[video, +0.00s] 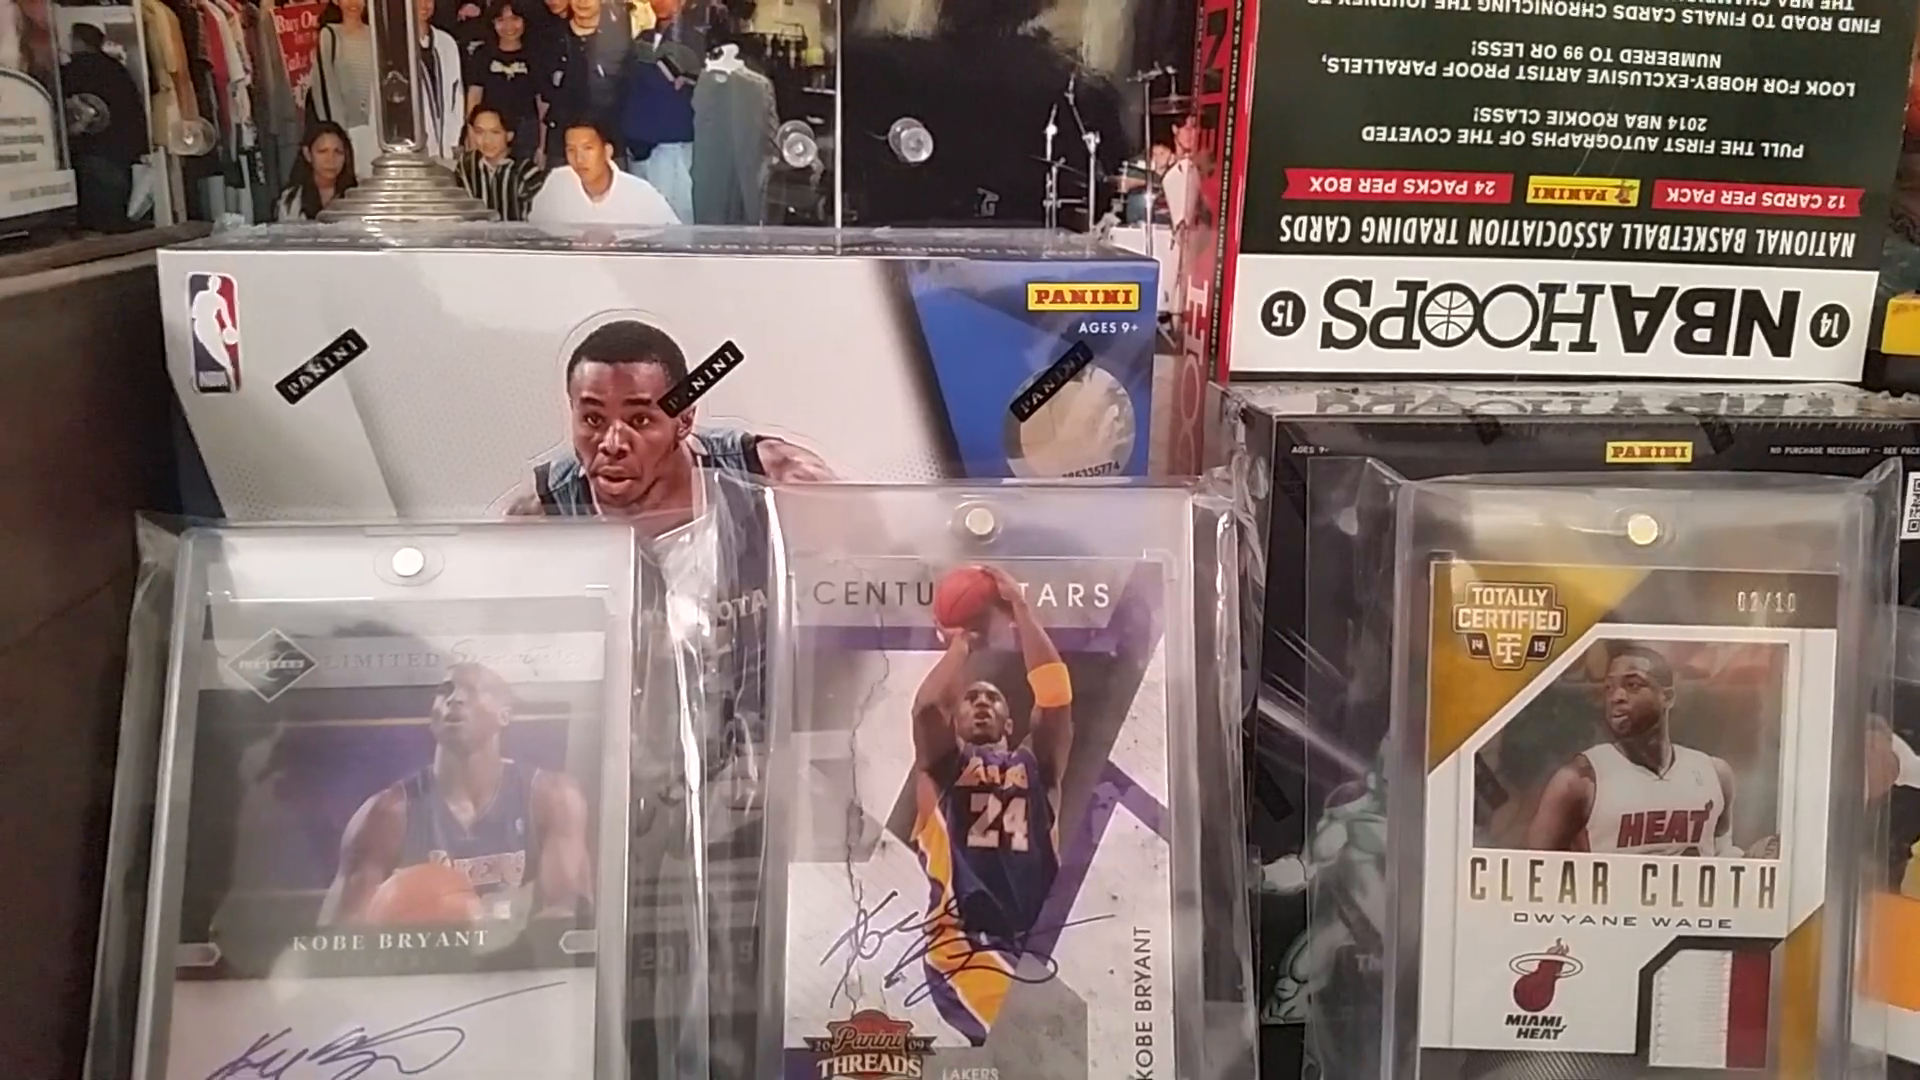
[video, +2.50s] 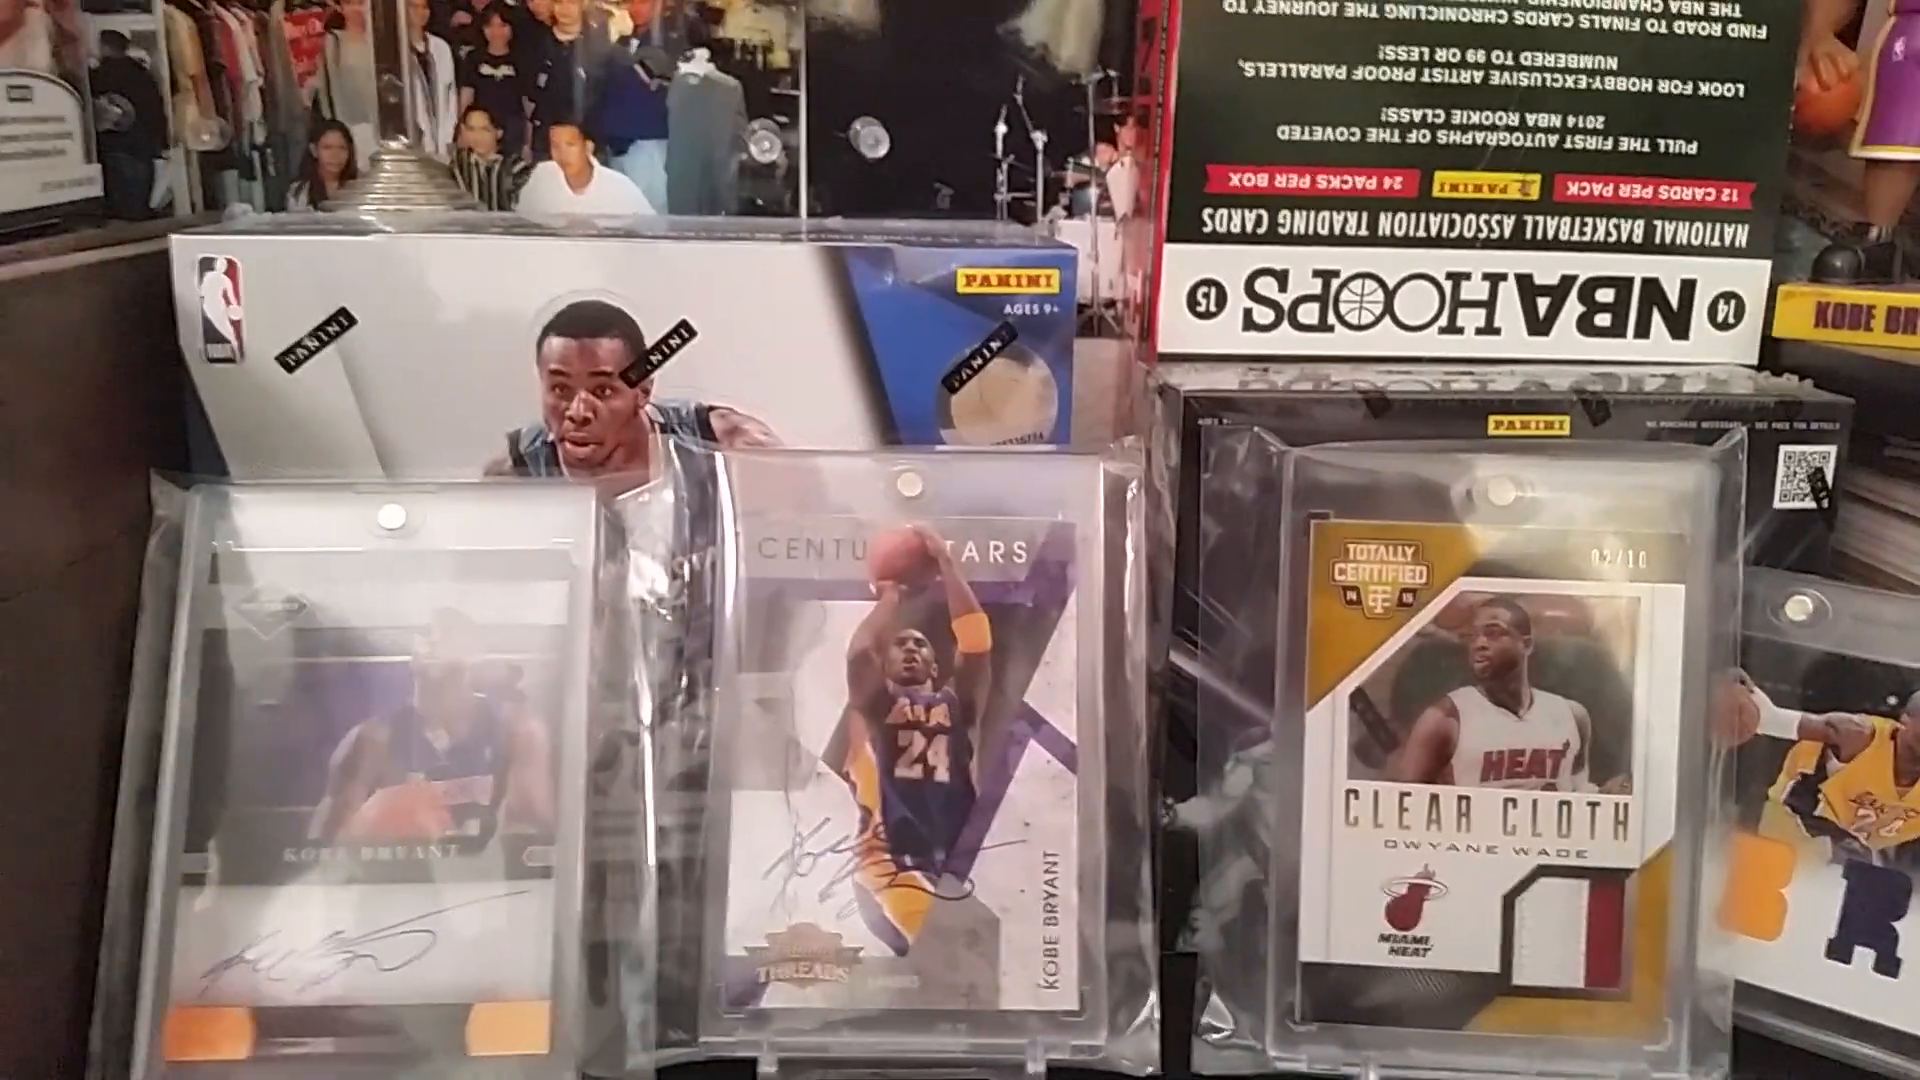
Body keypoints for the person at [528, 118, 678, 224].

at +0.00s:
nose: (579, 160)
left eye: (588, 149)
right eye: (571, 151)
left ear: (607, 151)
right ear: (565, 154)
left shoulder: (640, 192)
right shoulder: (557, 182)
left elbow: (678, 240)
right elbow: (532, 231)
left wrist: (619, 243)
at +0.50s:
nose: (573, 159)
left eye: (583, 149)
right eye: (567, 151)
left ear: (602, 153)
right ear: (561, 156)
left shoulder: (633, 193)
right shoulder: (553, 183)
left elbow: (669, 239)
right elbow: (528, 232)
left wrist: (614, 244)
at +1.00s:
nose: (462, 154)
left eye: (471, 144)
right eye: (455, 146)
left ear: (490, 147)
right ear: (449, 150)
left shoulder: (522, 186)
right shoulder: (442, 177)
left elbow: (559, 233)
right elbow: (418, 226)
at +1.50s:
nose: (459, 154)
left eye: (467, 144)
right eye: (451, 146)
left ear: (485, 146)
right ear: (446, 151)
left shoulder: (516, 185)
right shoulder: (438, 176)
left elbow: (553, 231)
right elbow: (414, 225)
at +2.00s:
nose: (496, 153)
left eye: (504, 144)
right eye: (489, 146)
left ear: (522, 146)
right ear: (484, 150)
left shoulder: (554, 184)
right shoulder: (476, 175)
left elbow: (590, 229)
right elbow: (452, 223)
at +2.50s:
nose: (562, 153)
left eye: (570, 145)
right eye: (555, 146)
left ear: (588, 148)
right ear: (550, 148)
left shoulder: (618, 186)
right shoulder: (542, 176)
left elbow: (653, 230)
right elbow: (520, 223)